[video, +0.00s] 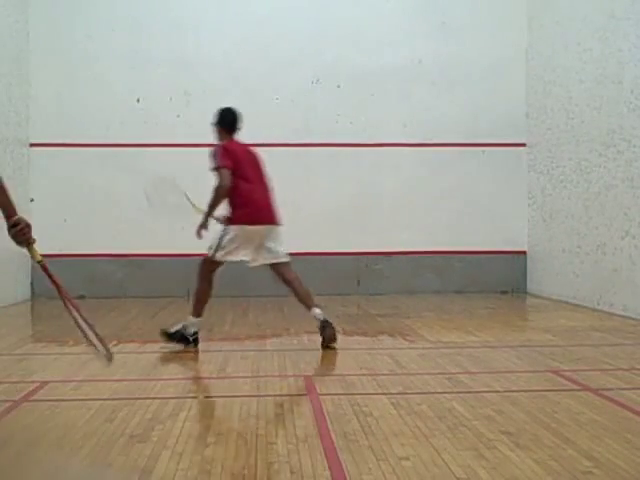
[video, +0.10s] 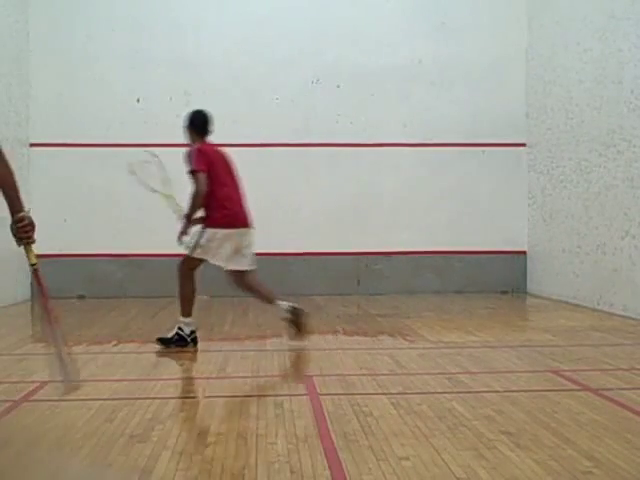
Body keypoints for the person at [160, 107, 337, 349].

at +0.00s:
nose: (216, 129)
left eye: (216, 126)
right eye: (218, 125)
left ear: (218, 127)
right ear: (237, 128)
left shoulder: (222, 150)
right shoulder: (248, 151)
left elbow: (225, 184)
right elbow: (255, 191)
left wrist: (205, 217)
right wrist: (232, 214)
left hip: (243, 221)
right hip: (267, 221)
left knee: (208, 267)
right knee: (287, 273)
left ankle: (191, 327)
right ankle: (320, 318)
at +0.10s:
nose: (186, 133)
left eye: (186, 129)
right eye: (188, 129)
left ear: (189, 130)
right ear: (207, 130)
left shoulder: (197, 152)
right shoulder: (219, 154)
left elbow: (201, 189)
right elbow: (224, 203)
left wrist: (187, 221)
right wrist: (196, 218)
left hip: (220, 224)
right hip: (241, 223)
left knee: (187, 267)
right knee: (241, 276)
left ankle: (185, 329)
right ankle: (286, 308)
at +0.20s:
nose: (160, 138)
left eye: (161, 133)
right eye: (161, 133)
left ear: (165, 134)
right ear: (182, 133)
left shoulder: (179, 154)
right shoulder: (189, 153)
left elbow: (178, 198)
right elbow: (187, 204)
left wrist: (163, 223)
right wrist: (164, 222)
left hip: (205, 221)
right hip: (218, 221)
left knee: (175, 270)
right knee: (193, 276)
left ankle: (185, 329)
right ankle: (236, 308)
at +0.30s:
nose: (140, 143)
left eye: (141, 138)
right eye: (140, 138)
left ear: (144, 137)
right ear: (160, 135)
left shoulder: (163, 155)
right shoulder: (161, 157)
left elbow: (151, 200)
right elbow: (151, 205)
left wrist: (125, 210)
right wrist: (128, 212)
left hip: (193, 223)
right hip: (185, 222)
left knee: (161, 271)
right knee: (154, 267)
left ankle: (183, 328)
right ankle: (181, 324)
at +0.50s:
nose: (98, 156)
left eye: (98, 151)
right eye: (98, 152)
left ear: (102, 150)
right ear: (117, 147)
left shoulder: (123, 163)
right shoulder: (113, 170)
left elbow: (93, 185)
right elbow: (81, 183)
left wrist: (63, 197)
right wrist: (83, 151)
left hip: (158, 231)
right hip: (145, 233)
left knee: (131, 283)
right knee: (112, 272)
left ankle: (177, 325)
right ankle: (78, 324)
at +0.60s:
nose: (75, 164)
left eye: (80, 160)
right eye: (75, 160)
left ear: (91, 157)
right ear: (83, 159)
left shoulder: (104, 175)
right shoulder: (84, 179)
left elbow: (68, 202)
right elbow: (63, 205)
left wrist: (74, 173)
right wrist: (73, 177)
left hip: (136, 239)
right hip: (119, 239)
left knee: (109, 294)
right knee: (87, 268)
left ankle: (167, 321)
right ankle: (73, 328)